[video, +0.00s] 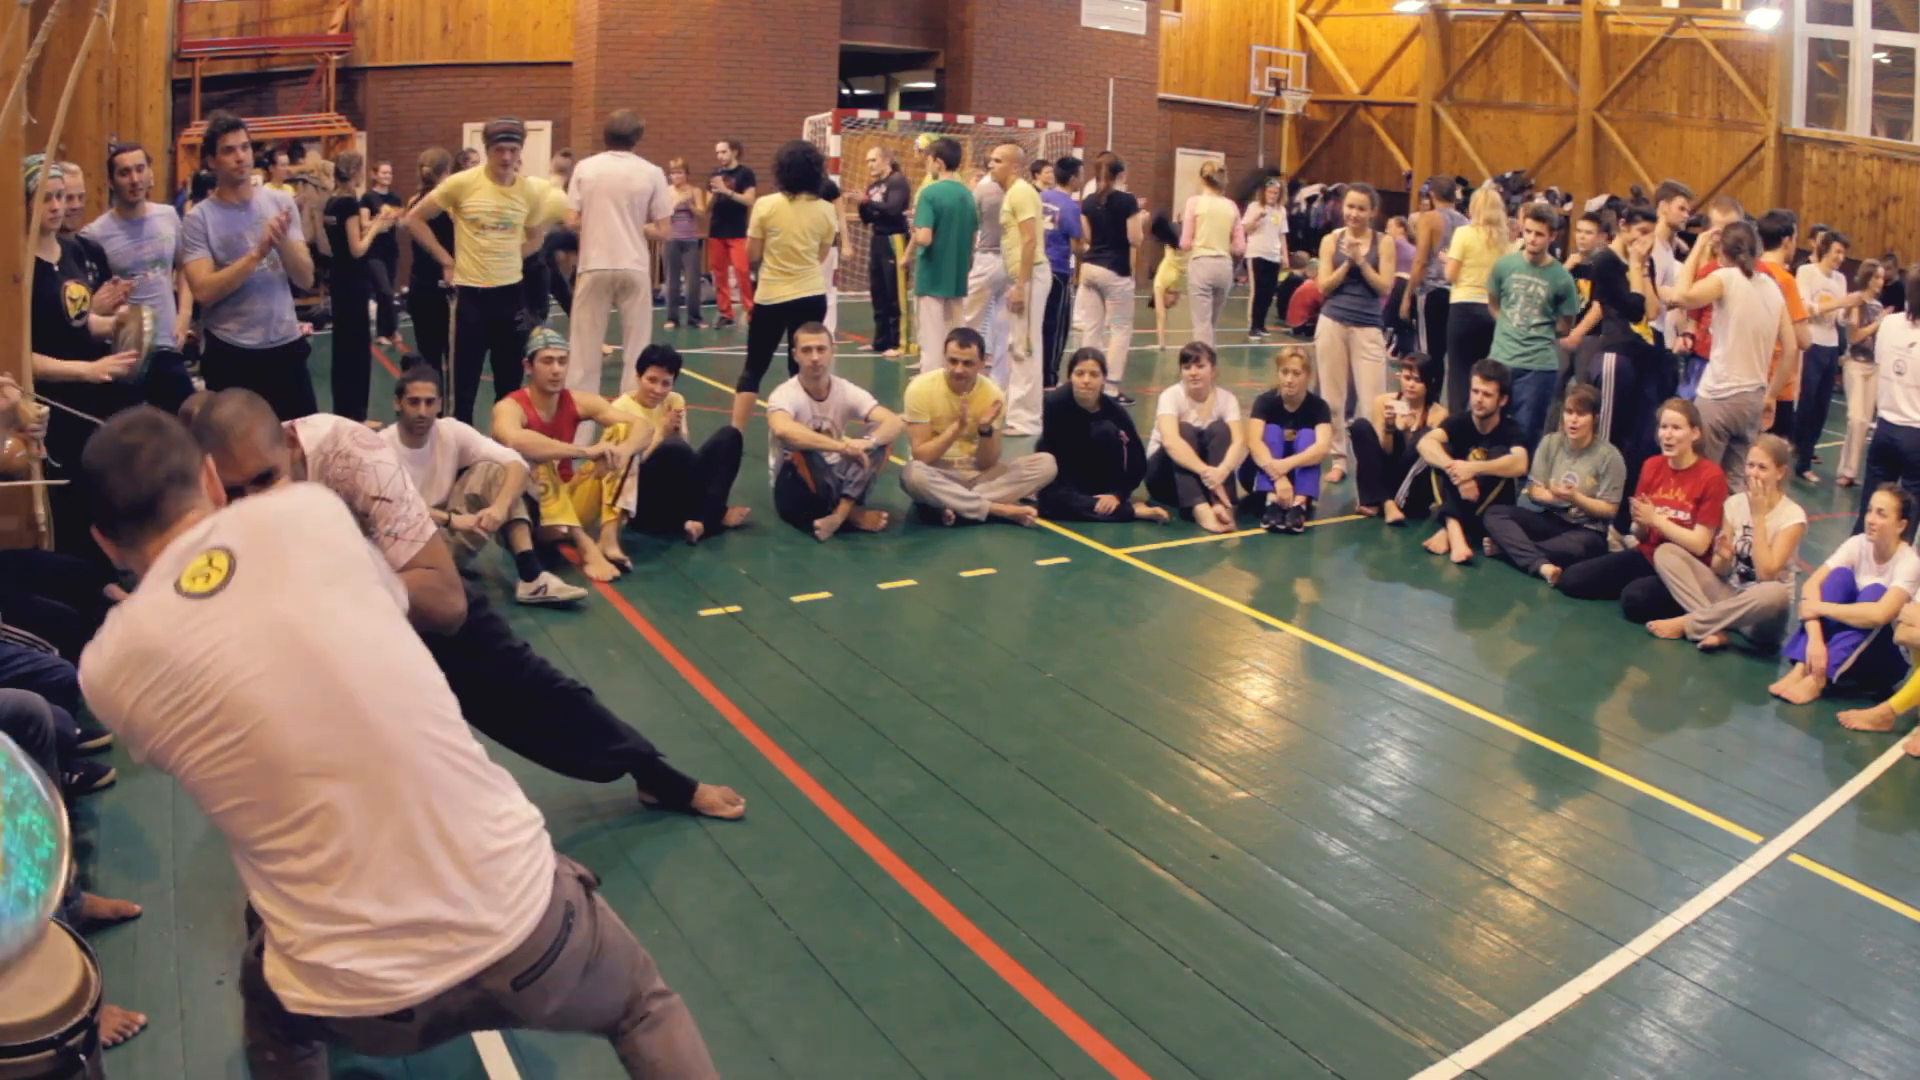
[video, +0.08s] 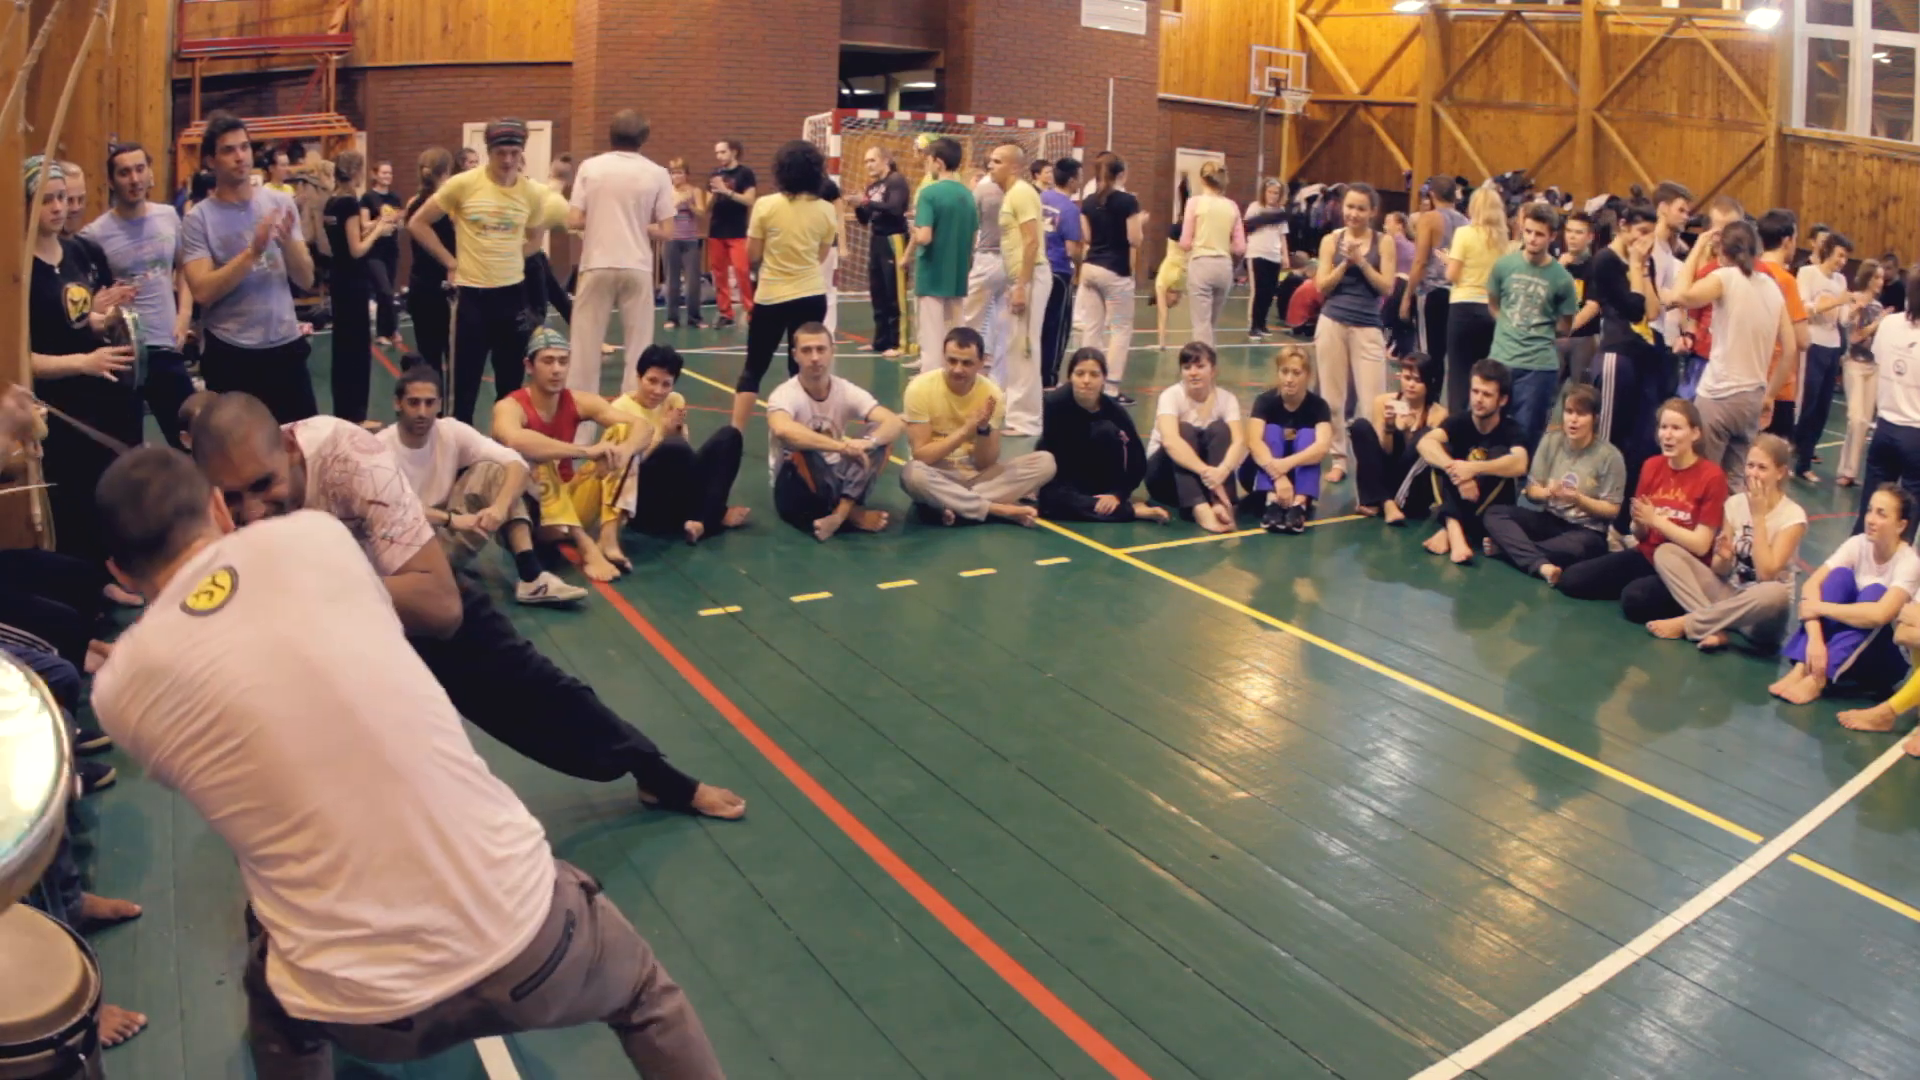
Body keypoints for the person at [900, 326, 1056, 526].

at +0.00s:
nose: (959, 370)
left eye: (968, 363)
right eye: (953, 361)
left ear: (982, 363)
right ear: (944, 358)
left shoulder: (992, 392)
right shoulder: (921, 388)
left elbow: (986, 463)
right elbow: (921, 457)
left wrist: (985, 430)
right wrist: (956, 427)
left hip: (982, 473)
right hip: (939, 473)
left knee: (1047, 464)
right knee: (912, 473)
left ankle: (962, 508)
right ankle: (995, 509)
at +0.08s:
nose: (958, 370)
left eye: (967, 363)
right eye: (952, 361)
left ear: (981, 363)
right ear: (943, 358)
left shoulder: (992, 393)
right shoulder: (920, 388)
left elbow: (985, 463)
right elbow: (921, 456)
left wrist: (983, 428)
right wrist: (966, 431)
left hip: (981, 473)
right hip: (939, 474)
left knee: (1046, 462)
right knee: (912, 473)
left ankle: (961, 508)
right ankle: (994, 509)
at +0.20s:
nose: (956, 368)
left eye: (965, 361)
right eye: (950, 360)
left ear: (979, 361)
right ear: (941, 357)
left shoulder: (990, 392)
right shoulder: (919, 388)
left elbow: (984, 461)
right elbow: (922, 457)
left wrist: (982, 426)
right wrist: (964, 425)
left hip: (980, 470)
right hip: (939, 471)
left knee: (1044, 458)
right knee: (911, 473)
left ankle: (960, 507)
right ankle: (993, 509)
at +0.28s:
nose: (955, 366)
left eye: (964, 359)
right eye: (949, 358)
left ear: (978, 360)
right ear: (940, 355)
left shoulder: (989, 390)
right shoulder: (918, 388)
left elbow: (982, 458)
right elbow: (922, 456)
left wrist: (981, 423)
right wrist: (963, 423)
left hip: (979, 468)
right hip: (939, 470)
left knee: (1041, 454)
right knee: (913, 471)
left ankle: (960, 507)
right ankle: (996, 509)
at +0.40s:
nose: (954, 361)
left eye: (963, 354)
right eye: (948, 353)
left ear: (975, 355)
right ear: (939, 352)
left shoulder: (989, 386)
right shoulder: (918, 385)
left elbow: (987, 452)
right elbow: (921, 447)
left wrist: (981, 409)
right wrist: (963, 410)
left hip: (979, 465)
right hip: (938, 465)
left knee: (1033, 447)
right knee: (916, 466)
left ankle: (955, 504)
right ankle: (1002, 509)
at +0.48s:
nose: (954, 357)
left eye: (962, 350)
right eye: (947, 349)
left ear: (975, 351)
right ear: (938, 350)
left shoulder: (988, 381)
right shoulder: (918, 381)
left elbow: (995, 436)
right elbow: (920, 436)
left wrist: (982, 391)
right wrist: (963, 400)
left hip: (974, 463)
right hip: (937, 463)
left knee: (1023, 442)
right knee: (919, 456)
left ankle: (949, 501)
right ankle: (1002, 507)